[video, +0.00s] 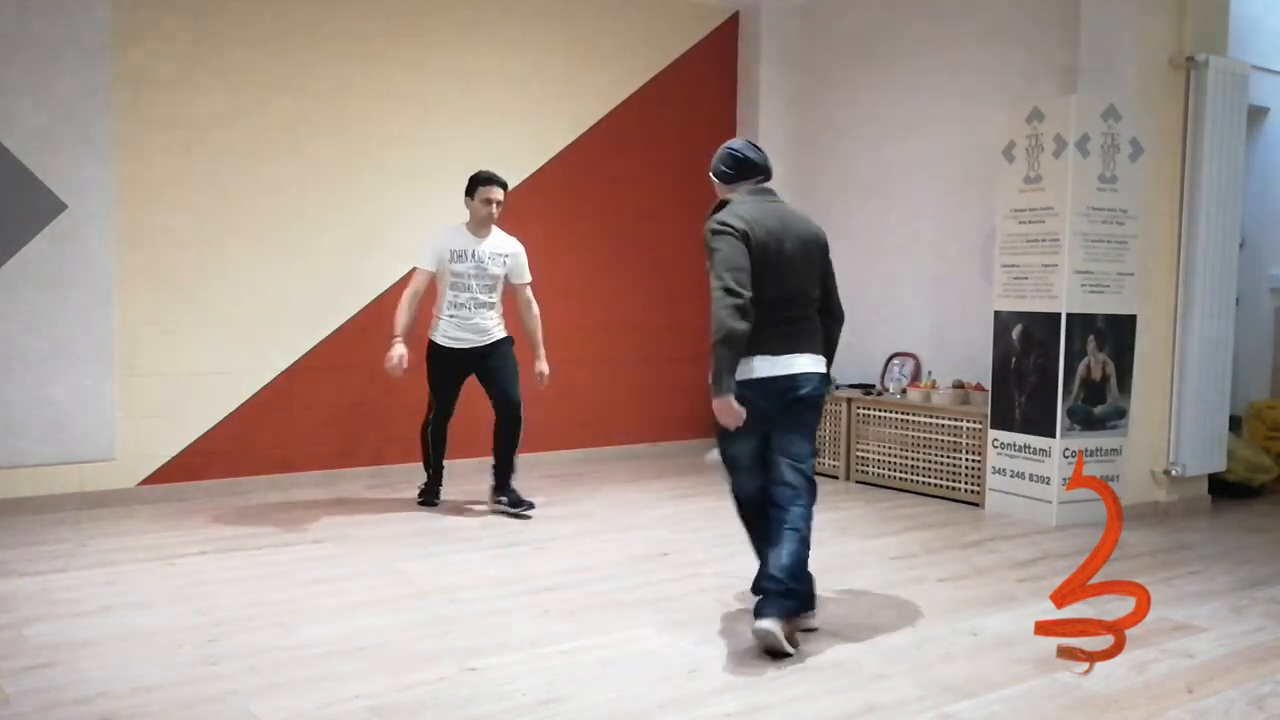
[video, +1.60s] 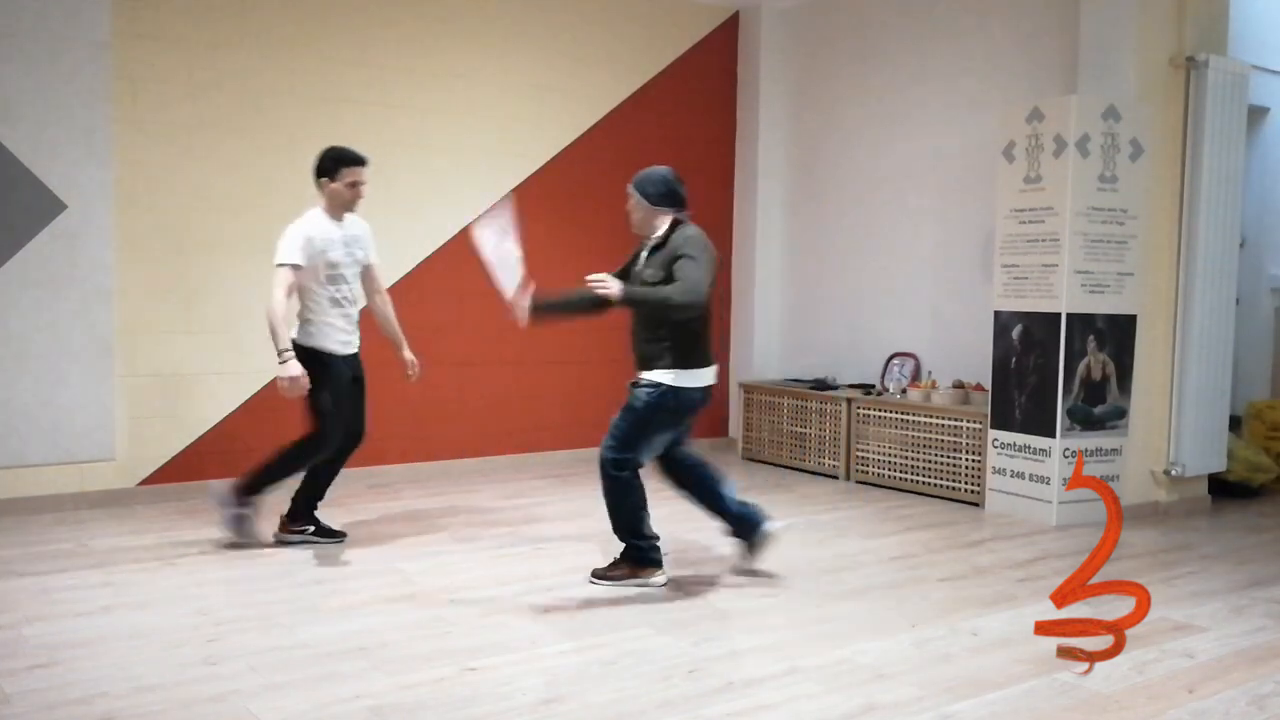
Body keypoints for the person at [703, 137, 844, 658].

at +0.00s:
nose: (713, 190)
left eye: (713, 182)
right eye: (714, 182)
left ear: (723, 182)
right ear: (764, 177)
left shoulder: (727, 223)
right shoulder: (806, 227)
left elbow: (733, 305)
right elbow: (832, 311)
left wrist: (722, 384)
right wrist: (819, 368)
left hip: (750, 378)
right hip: (806, 375)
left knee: (753, 492)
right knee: (794, 491)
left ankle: (797, 597)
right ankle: (771, 610)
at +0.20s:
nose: (731, 197)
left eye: (733, 190)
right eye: (731, 190)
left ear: (745, 191)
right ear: (781, 185)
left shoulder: (745, 238)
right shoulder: (825, 232)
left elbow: (728, 329)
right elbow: (840, 317)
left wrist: (707, 402)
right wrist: (821, 364)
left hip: (760, 386)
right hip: (820, 383)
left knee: (757, 490)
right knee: (832, 476)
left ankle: (795, 596)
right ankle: (829, 563)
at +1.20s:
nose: (733, 211)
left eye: (737, 204)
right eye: (735, 203)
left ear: (753, 208)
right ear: (781, 207)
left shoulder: (747, 243)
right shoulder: (815, 248)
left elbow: (718, 301)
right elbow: (840, 316)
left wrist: (671, 353)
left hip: (764, 384)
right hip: (810, 380)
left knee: (740, 476)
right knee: (804, 465)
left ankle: (791, 560)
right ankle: (834, 561)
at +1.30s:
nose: (705, 208)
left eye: (710, 201)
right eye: (707, 200)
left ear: (729, 204)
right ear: (750, 203)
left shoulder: (734, 231)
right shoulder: (782, 238)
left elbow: (731, 267)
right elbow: (802, 287)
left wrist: (707, 303)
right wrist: (800, 254)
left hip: (750, 377)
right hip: (791, 374)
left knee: (699, 462)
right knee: (790, 461)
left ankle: (735, 563)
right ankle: (831, 556)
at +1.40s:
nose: (677, 206)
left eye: (682, 198)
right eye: (678, 198)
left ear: (702, 201)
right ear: (718, 199)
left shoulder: (716, 225)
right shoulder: (737, 228)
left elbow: (732, 254)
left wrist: (708, 276)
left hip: (731, 377)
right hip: (763, 375)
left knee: (665, 450)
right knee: (783, 466)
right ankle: (829, 559)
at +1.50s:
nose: (652, 210)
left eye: (657, 202)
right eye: (653, 201)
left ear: (677, 206)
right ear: (685, 205)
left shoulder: (704, 235)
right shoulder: (687, 242)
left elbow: (719, 268)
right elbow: (643, 258)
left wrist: (670, 277)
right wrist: (600, 231)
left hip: (697, 382)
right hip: (724, 379)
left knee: (635, 455)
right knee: (746, 463)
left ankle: (641, 557)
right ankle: (810, 543)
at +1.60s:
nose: (627, 209)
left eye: (633, 201)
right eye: (628, 201)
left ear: (655, 205)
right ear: (657, 206)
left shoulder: (690, 242)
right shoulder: (649, 250)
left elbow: (690, 296)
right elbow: (605, 297)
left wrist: (625, 292)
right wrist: (538, 305)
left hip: (674, 381)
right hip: (668, 379)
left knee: (617, 458)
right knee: (673, 455)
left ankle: (641, 558)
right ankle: (747, 523)